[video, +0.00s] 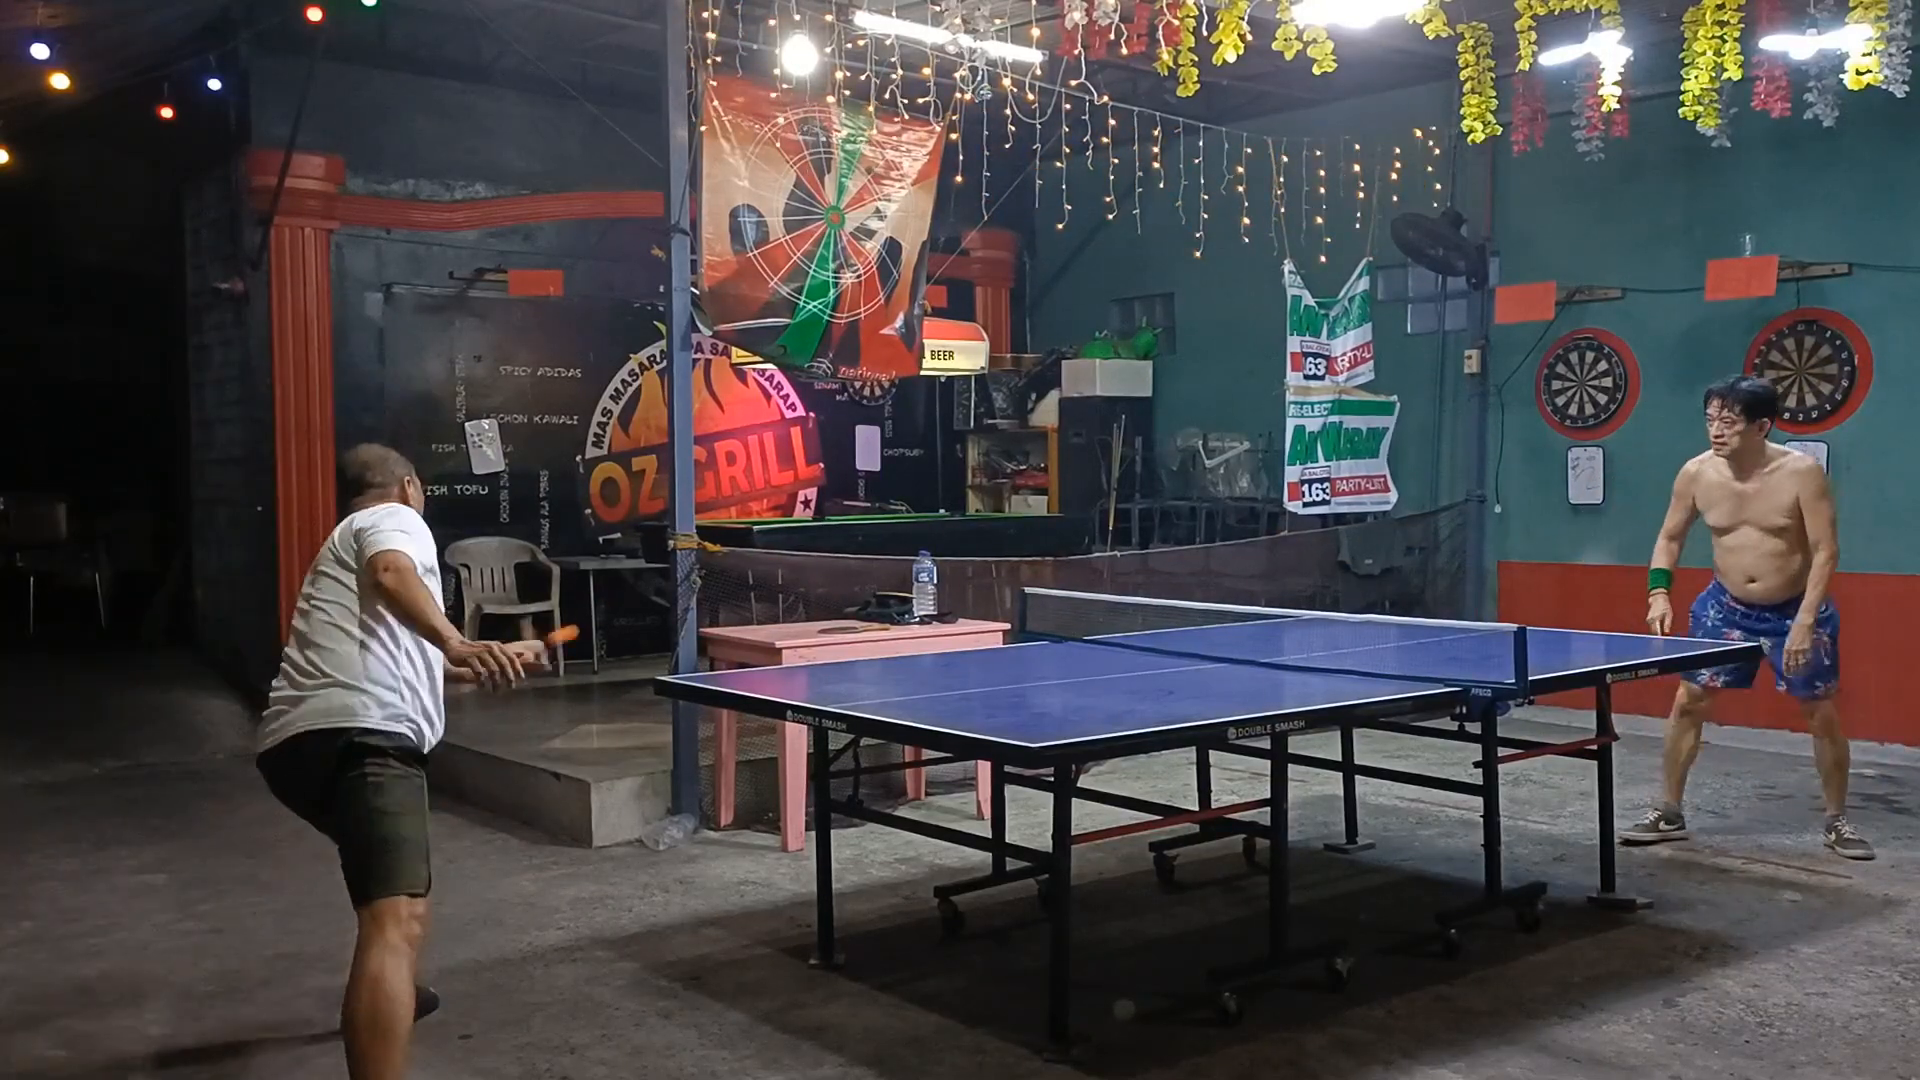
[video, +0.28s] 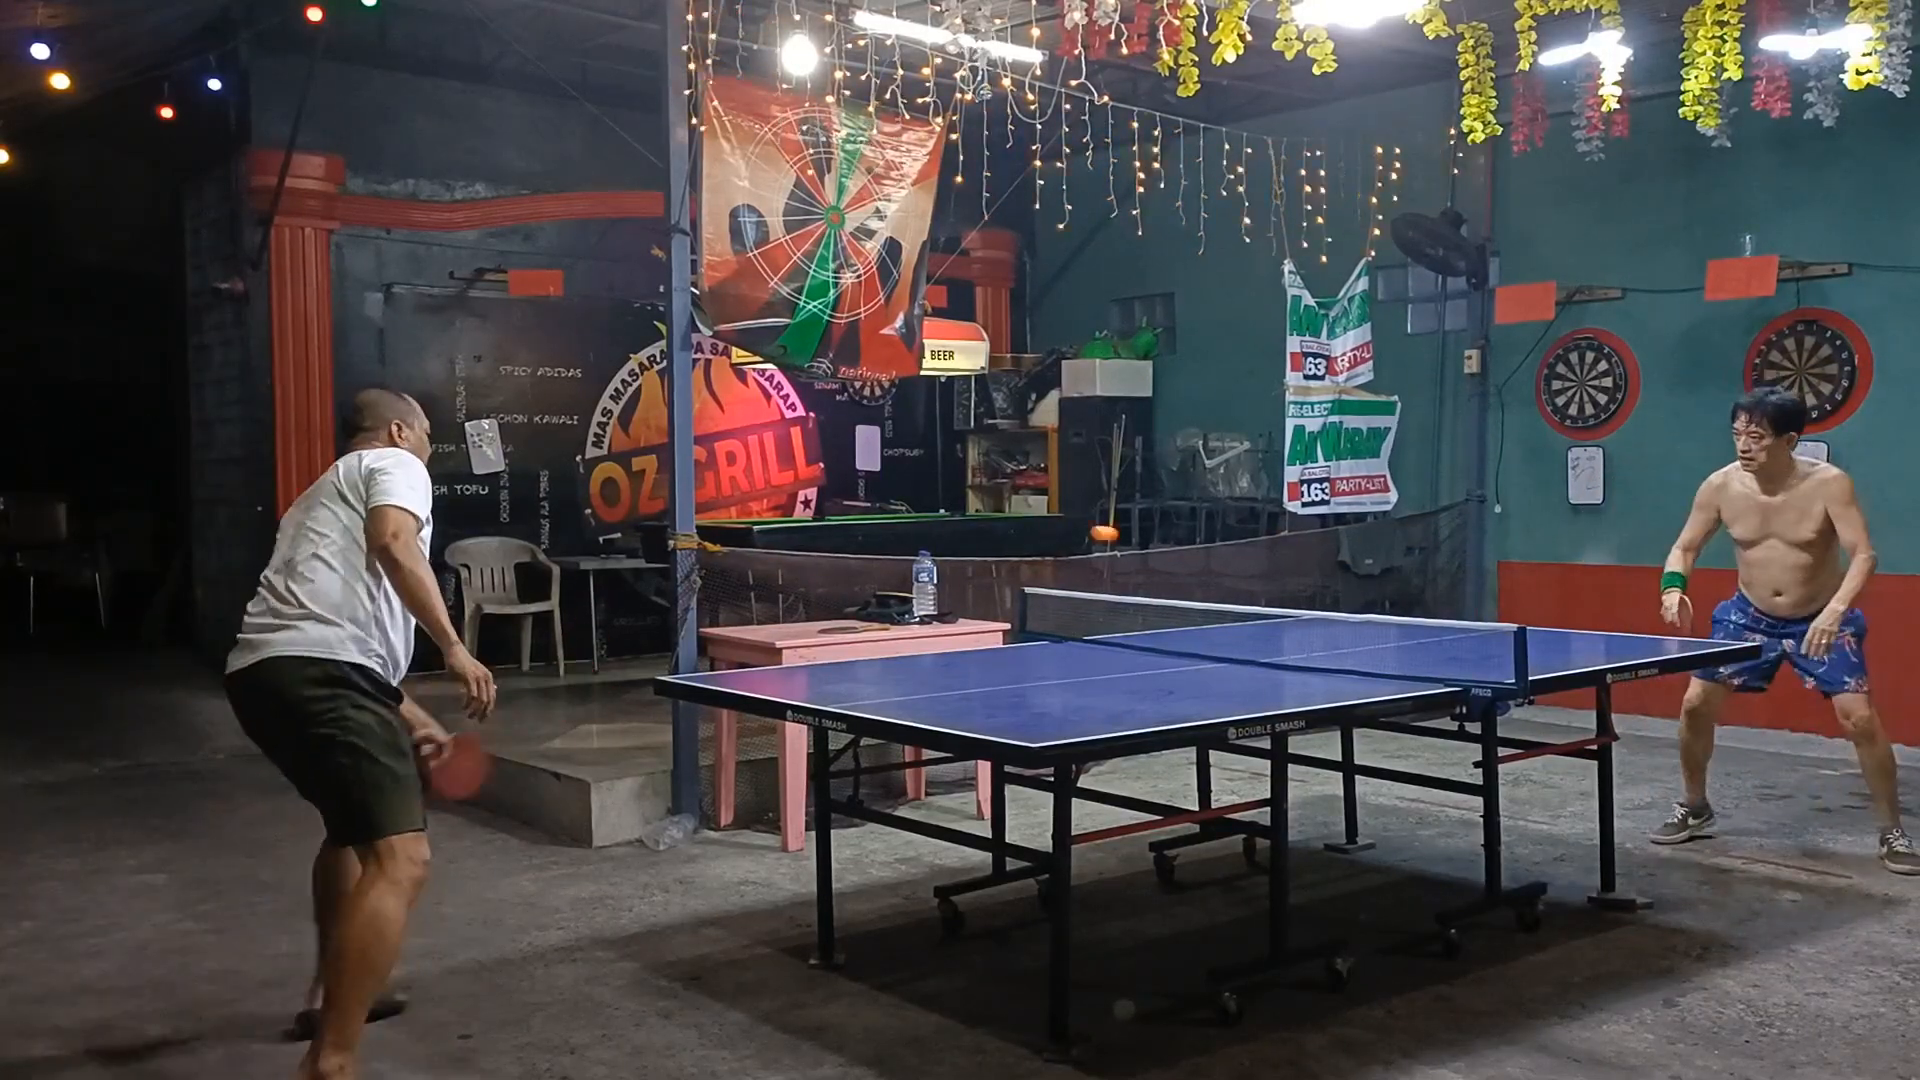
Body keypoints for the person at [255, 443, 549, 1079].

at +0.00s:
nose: (424, 501)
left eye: (420, 492)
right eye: (422, 491)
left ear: (355, 498)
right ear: (409, 487)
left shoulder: (339, 551)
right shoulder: (392, 516)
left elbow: (407, 658)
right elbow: (388, 573)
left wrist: (502, 657)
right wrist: (455, 642)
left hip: (292, 742)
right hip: (363, 733)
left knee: (394, 868)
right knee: (394, 924)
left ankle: (385, 990)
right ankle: (377, 1069)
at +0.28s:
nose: (428, 448)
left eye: (427, 436)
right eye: (425, 436)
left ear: (361, 436)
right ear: (397, 432)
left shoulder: (324, 492)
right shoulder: (394, 462)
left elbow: (336, 621)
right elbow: (390, 539)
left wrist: (408, 713)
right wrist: (454, 646)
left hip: (262, 665)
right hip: (322, 664)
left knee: (348, 829)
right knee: (400, 858)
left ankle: (333, 991)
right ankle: (333, 1061)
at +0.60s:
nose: (412, 420)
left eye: (410, 405)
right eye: (405, 406)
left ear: (339, 415)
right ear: (368, 411)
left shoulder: (280, 487)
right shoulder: (365, 473)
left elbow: (266, 603)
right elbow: (359, 587)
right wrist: (429, 696)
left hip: (255, 702)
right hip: (316, 708)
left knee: (327, 852)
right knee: (376, 897)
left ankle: (290, 998)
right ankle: (293, 1071)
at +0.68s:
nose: (413, 381)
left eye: (409, 367)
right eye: (404, 368)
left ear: (344, 380)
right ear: (364, 376)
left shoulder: (287, 446)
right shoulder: (351, 434)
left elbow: (282, 572)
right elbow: (334, 553)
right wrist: (399, 666)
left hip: (259, 674)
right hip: (305, 680)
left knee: (318, 845)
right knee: (356, 881)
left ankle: (307, 988)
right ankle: (289, 1069)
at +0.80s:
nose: (413, 365)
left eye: (410, 351)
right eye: (403, 351)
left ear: (346, 360)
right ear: (362, 358)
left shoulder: (305, 422)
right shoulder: (337, 418)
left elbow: (285, 559)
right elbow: (313, 543)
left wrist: (355, 668)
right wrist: (379, 654)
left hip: (273, 664)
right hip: (286, 667)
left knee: (356, 847)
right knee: (342, 869)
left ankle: (291, 1015)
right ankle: (287, 1067)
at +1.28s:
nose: (432, 489)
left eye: (434, 473)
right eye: (422, 472)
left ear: (369, 465)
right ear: (364, 463)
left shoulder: (379, 556)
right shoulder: (232, 508)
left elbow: (387, 684)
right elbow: (118, 603)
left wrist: (488, 684)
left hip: (276, 753)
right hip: (176, 750)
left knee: (324, 893)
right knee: (260, 922)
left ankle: (281, 1035)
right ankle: (241, 1069)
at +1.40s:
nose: (428, 480)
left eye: (430, 463)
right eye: (419, 460)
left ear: (368, 455)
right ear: (361, 450)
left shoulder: (366, 557)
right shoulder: (225, 493)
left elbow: (356, 684)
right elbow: (78, 566)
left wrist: (475, 693)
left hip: (249, 746)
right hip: (140, 740)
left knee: (296, 890)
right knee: (252, 932)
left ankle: (285, 1033)